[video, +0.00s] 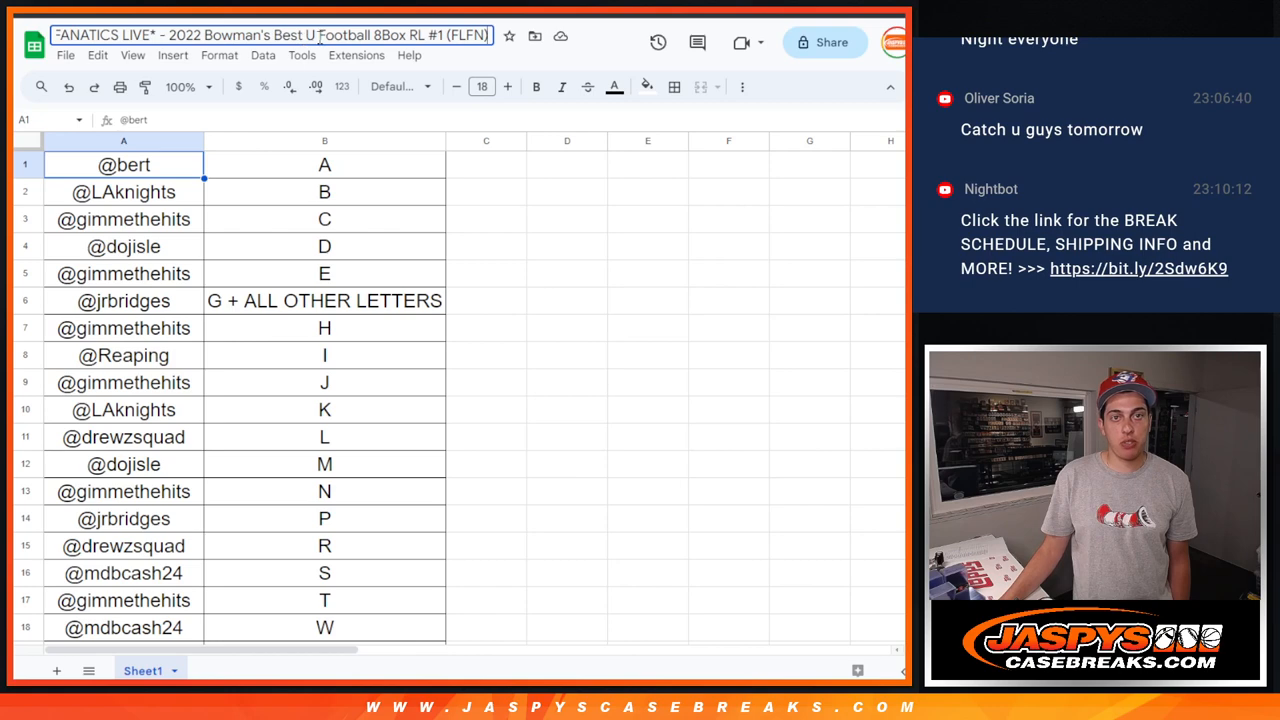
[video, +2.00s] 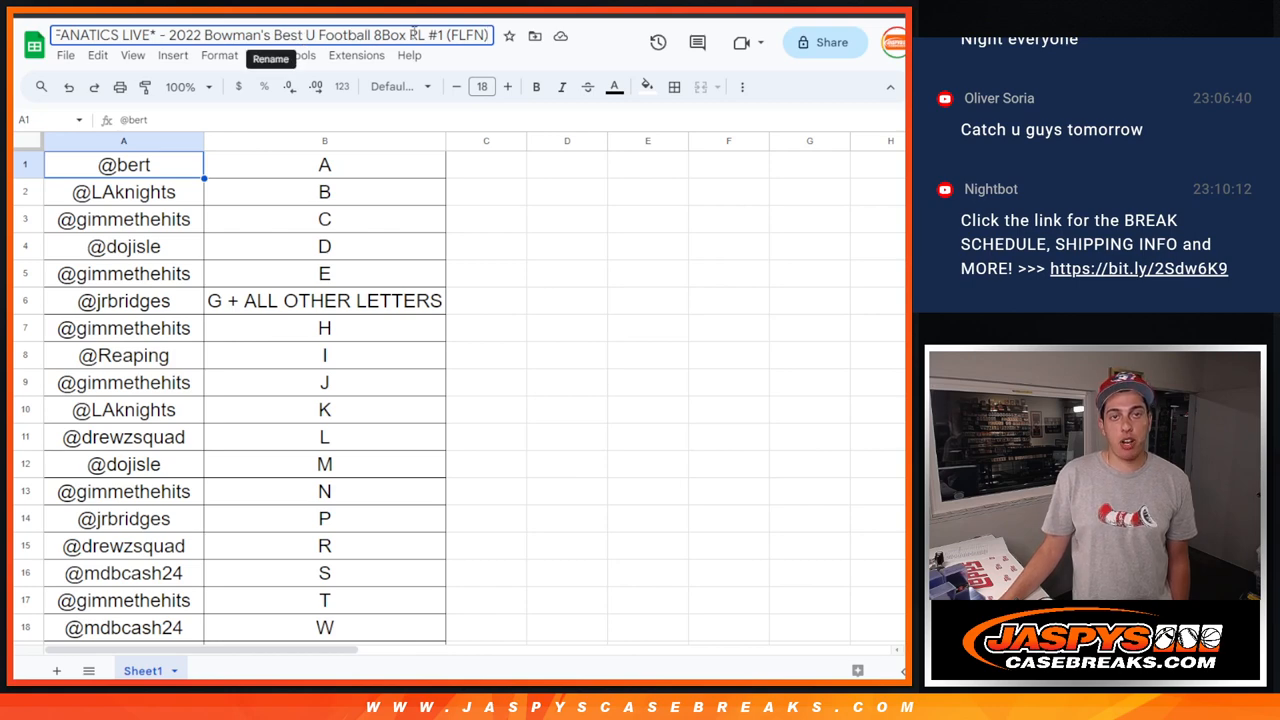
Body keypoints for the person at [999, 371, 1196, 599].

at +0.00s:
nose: (1127, 428)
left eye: (1137, 415)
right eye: (1116, 417)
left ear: (1150, 421)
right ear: (1102, 425)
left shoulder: (1175, 481)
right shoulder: (1073, 476)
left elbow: (1179, 557)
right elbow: (1051, 549)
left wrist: (1180, 611)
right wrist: (1007, 599)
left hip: (1153, 607)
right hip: (1090, 607)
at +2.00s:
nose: (1126, 426)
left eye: (1136, 414)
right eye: (1115, 416)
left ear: (1149, 421)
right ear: (1102, 425)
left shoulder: (1175, 481)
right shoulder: (1074, 475)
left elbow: (1179, 556)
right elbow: (1051, 549)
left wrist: (1179, 610)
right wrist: (1008, 599)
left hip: (1152, 606)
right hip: (1090, 605)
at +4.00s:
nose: (1119, 429)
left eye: (1131, 417)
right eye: (1110, 418)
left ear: (1150, 422)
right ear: (1101, 423)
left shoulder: (1175, 481)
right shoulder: (1074, 475)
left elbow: (1179, 557)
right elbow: (1052, 549)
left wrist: (1180, 609)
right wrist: (1007, 600)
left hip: (1153, 607)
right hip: (1090, 608)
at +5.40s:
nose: (1125, 430)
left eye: (1135, 416)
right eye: (1113, 418)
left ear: (1149, 419)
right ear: (1100, 425)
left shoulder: (1176, 481)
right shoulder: (1073, 477)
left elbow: (1180, 557)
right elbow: (1052, 549)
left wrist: (1181, 609)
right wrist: (1008, 599)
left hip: (1153, 609)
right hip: (1089, 611)